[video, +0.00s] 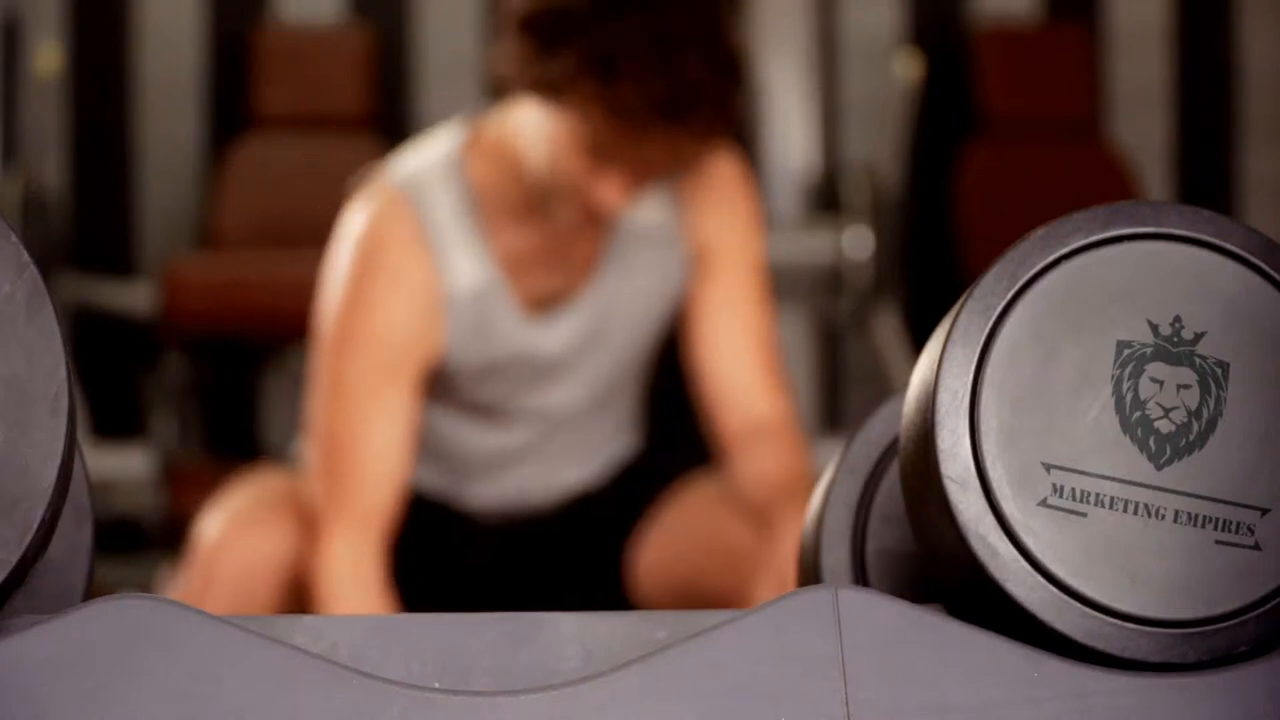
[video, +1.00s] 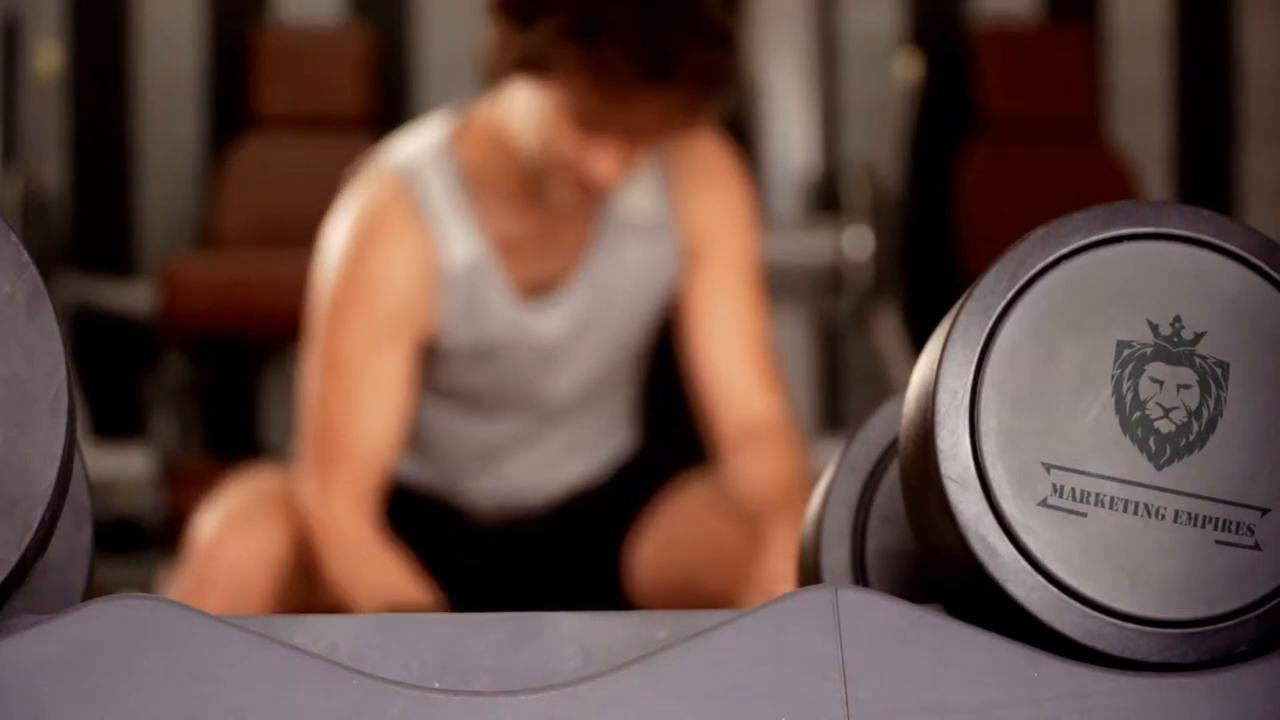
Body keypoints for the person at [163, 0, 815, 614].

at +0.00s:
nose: (618, 200)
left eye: (652, 171)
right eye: (599, 158)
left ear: (690, 139)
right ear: (539, 94)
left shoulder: (704, 179)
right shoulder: (397, 227)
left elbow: (758, 432)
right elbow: (350, 544)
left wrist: (813, 565)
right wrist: (398, 711)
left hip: (602, 522)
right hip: (417, 531)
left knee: (799, 541)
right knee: (244, 534)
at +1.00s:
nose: (611, 168)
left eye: (645, 137)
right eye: (591, 127)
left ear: (676, 110)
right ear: (524, 67)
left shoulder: (696, 170)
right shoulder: (393, 210)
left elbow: (753, 428)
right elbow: (337, 510)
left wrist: (790, 570)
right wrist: (457, 668)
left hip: (601, 521)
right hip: (418, 529)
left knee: (792, 540)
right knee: (241, 526)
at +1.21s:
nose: (606, 154)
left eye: (638, 123)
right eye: (583, 113)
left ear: (674, 101)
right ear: (520, 52)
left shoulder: (692, 171)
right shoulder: (377, 205)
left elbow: (756, 428)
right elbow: (343, 494)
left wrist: (783, 579)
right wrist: (488, 561)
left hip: (603, 533)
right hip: (414, 533)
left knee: (795, 517)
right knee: (248, 527)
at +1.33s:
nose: (602, 151)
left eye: (633, 119)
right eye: (579, 110)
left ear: (670, 92)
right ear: (512, 50)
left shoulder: (682, 169)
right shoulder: (353, 207)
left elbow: (754, 424)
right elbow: (354, 488)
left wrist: (793, 556)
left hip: (594, 536)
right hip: (411, 541)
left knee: (790, 523)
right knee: (251, 520)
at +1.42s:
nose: (597, 151)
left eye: (627, 120)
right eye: (575, 111)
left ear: (664, 90)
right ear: (508, 50)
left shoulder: (676, 170)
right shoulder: (341, 209)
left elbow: (750, 420)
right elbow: (355, 507)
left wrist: (789, 572)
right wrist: (556, 467)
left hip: (594, 535)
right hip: (400, 544)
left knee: (786, 527)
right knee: (250, 528)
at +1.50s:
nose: (588, 153)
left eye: (618, 121)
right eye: (566, 112)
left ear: (652, 93)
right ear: (500, 58)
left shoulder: (670, 170)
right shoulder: (333, 208)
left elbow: (748, 421)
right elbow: (342, 500)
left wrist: (788, 576)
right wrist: (497, 479)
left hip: (598, 525)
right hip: (403, 534)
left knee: (782, 531)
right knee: (248, 534)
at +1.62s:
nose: (578, 154)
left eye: (608, 121)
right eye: (555, 112)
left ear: (641, 97)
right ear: (485, 59)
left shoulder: (665, 171)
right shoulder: (319, 213)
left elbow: (747, 422)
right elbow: (347, 498)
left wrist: (788, 593)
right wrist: (496, 462)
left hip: (600, 526)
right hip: (402, 533)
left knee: (781, 539)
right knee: (249, 538)